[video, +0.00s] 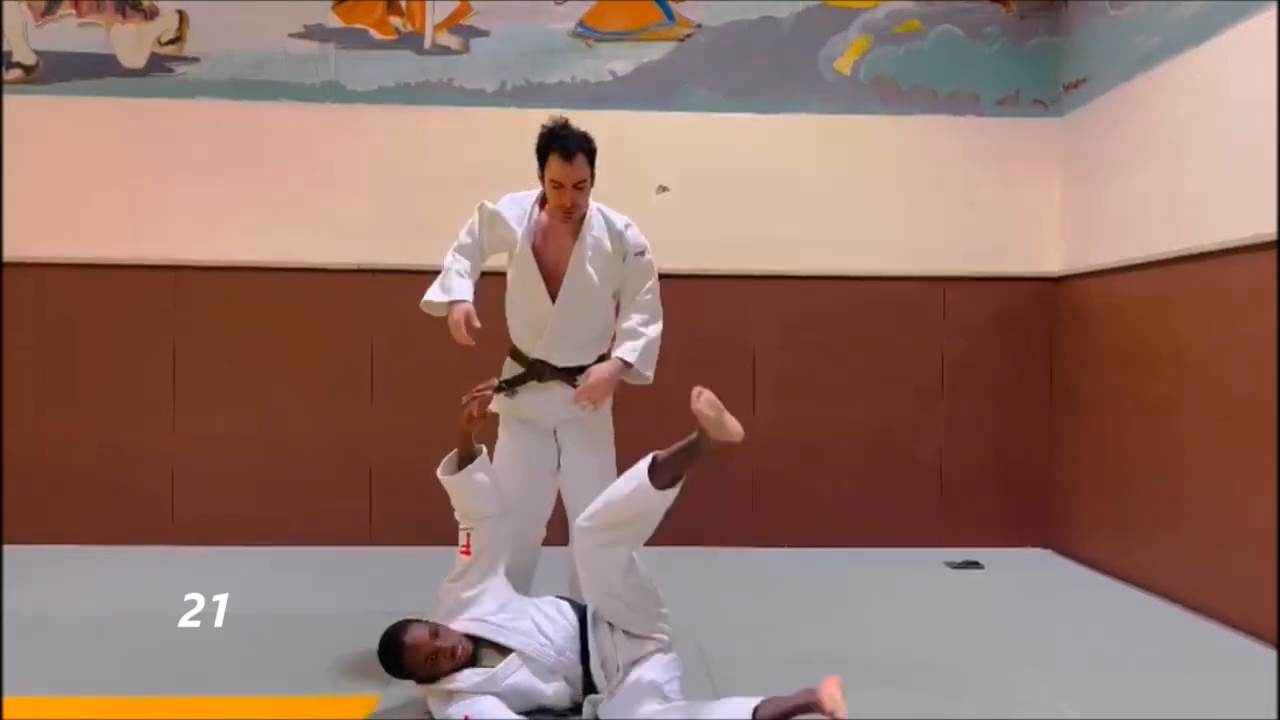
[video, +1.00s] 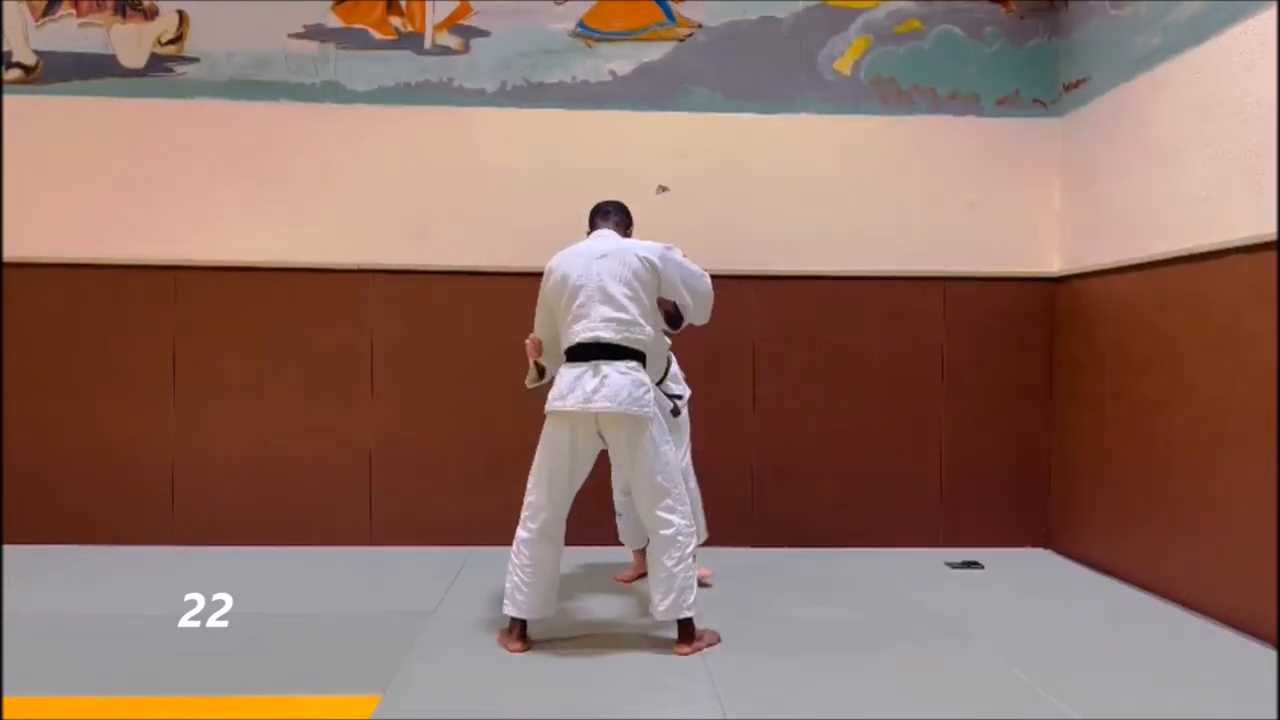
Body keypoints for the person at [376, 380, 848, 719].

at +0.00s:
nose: (441, 650)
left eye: (432, 639)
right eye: (430, 662)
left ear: (436, 622)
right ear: (428, 678)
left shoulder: (473, 595)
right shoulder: (465, 697)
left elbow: (483, 519)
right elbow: (496, 719)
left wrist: (470, 440)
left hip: (616, 617)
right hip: (620, 679)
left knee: (594, 527)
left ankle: (705, 442)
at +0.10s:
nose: (438, 642)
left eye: (427, 633)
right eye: (425, 655)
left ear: (432, 620)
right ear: (424, 674)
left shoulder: (472, 599)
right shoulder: (459, 696)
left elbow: (483, 528)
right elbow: (506, 719)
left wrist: (482, 443)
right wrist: (571, 718)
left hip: (610, 617)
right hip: (616, 682)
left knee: (592, 506)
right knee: (654, 713)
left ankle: (706, 417)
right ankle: (785, 663)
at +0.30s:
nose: (631, 229)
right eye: (631, 223)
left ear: (581, 217)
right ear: (626, 219)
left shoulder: (551, 256)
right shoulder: (647, 253)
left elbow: (543, 318)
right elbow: (695, 296)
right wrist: (647, 275)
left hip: (567, 390)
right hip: (628, 391)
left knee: (540, 504)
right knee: (661, 505)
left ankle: (516, 625)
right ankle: (683, 628)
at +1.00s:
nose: (622, 232)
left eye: (607, 225)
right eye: (626, 227)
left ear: (588, 227)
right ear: (629, 228)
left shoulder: (559, 263)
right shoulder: (651, 254)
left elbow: (546, 341)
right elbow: (701, 292)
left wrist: (548, 368)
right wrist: (675, 316)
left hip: (569, 390)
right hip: (629, 390)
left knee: (542, 508)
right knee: (666, 508)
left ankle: (517, 626)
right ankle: (686, 630)